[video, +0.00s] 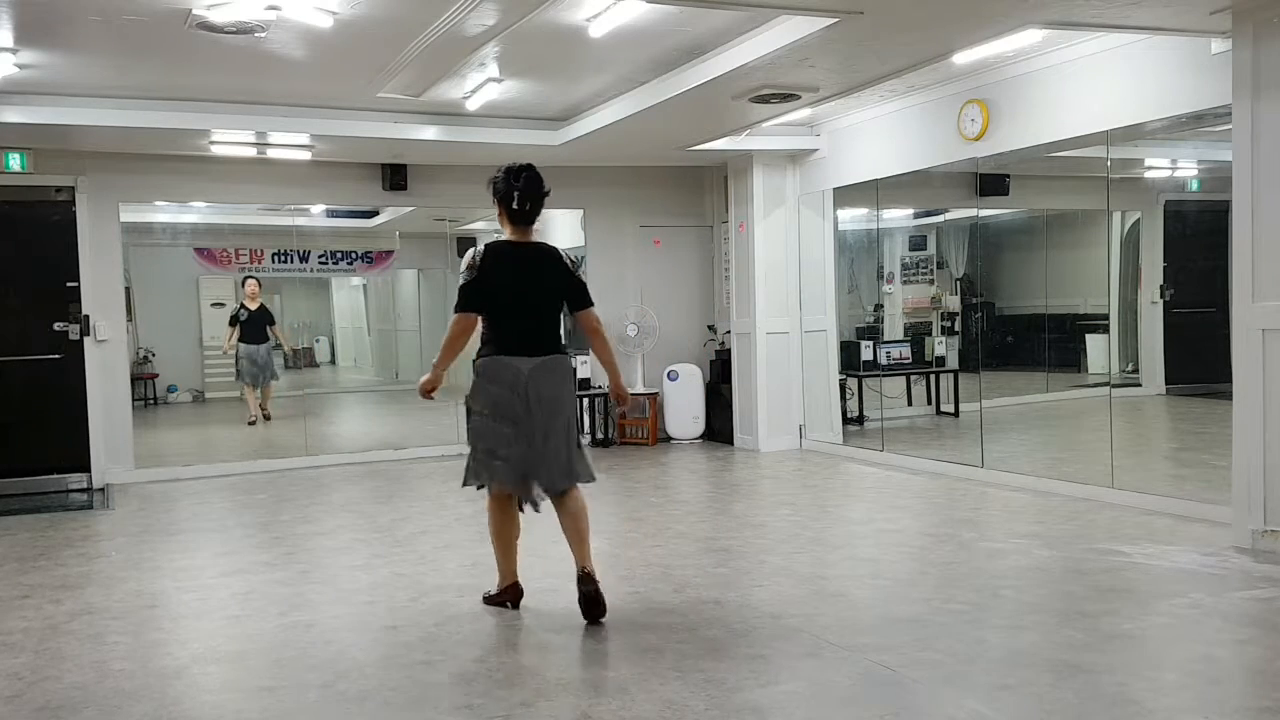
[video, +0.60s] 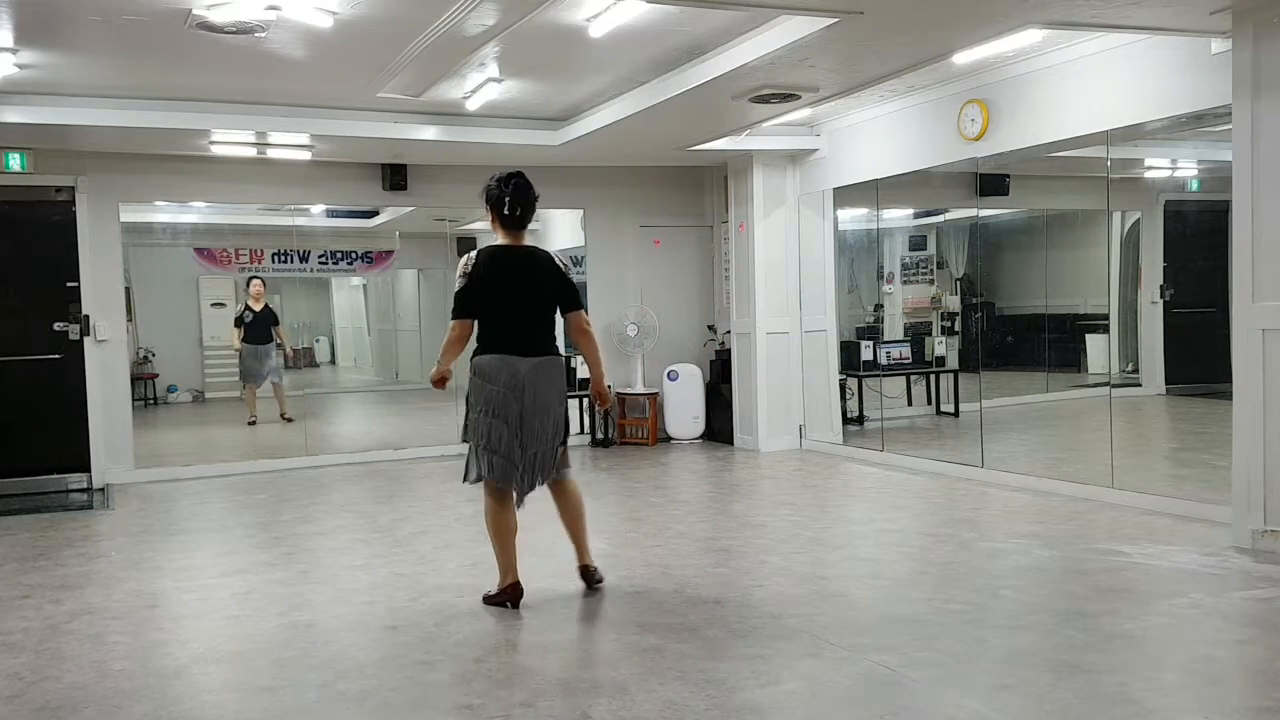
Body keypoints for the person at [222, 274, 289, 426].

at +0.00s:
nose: (252, 289)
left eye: (255, 286)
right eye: (249, 286)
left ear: (259, 289)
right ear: (244, 289)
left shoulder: (264, 309)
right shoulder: (239, 308)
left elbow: (274, 328)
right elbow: (232, 327)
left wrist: (285, 344)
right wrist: (226, 343)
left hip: (263, 348)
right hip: (245, 348)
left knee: (266, 381)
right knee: (248, 383)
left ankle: (264, 406)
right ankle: (253, 413)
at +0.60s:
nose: (258, 289)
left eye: (260, 286)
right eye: (254, 286)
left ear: (264, 289)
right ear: (248, 289)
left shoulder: (269, 308)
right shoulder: (243, 308)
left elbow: (278, 329)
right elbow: (236, 327)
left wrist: (287, 346)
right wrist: (236, 341)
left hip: (269, 348)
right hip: (249, 349)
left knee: (277, 380)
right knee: (250, 384)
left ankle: (283, 412)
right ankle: (253, 414)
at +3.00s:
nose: (262, 290)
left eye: (264, 287)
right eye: (258, 287)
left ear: (269, 290)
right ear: (253, 290)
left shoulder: (273, 308)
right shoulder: (248, 308)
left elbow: (284, 327)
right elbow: (240, 325)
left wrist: (296, 342)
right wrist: (235, 335)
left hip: (272, 347)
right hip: (253, 347)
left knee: (280, 378)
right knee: (253, 380)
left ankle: (287, 408)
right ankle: (254, 410)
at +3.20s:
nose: (256, 290)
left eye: (258, 287)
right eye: (252, 287)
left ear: (262, 290)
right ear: (247, 290)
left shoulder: (267, 309)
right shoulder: (241, 308)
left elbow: (277, 328)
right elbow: (234, 327)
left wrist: (289, 343)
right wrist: (232, 336)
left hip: (265, 347)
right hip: (247, 347)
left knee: (267, 379)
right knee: (250, 381)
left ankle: (267, 409)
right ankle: (253, 410)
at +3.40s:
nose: (251, 290)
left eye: (254, 287)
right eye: (248, 287)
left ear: (258, 289)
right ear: (243, 290)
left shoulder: (263, 309)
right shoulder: (238, 309)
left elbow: (274, 328)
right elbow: (233, 327)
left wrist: (288, 343)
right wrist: (234, 335)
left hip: (262, 348)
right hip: (244, 349)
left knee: (262, 380)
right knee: (248, 382)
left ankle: (262, 410)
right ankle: (253, 410)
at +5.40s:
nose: (183, 291)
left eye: (186, 288)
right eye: (180, 288)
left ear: (190, 291)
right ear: (174, 291)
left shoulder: (195, 310)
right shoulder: (168, 309)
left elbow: (208, 327)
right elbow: (158, 325)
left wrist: (220, 340)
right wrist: (150, 337)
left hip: (194, 350)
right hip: (174, 351)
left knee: (198, 383)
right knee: (179, 385)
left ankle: (200, 412)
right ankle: (182, 414)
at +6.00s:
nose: (165, 291)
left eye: (168, 287)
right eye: (162, 287)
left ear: (173, 290)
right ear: (158, 290)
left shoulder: (179, 309)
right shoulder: (154, 309)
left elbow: (196, 326)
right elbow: (149, 329)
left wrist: (210, 339)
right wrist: (138, 337)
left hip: (174, 348)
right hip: (158, 349)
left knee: (169, 382)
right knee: (168, 383)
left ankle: (162, 417)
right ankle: (180, 413)